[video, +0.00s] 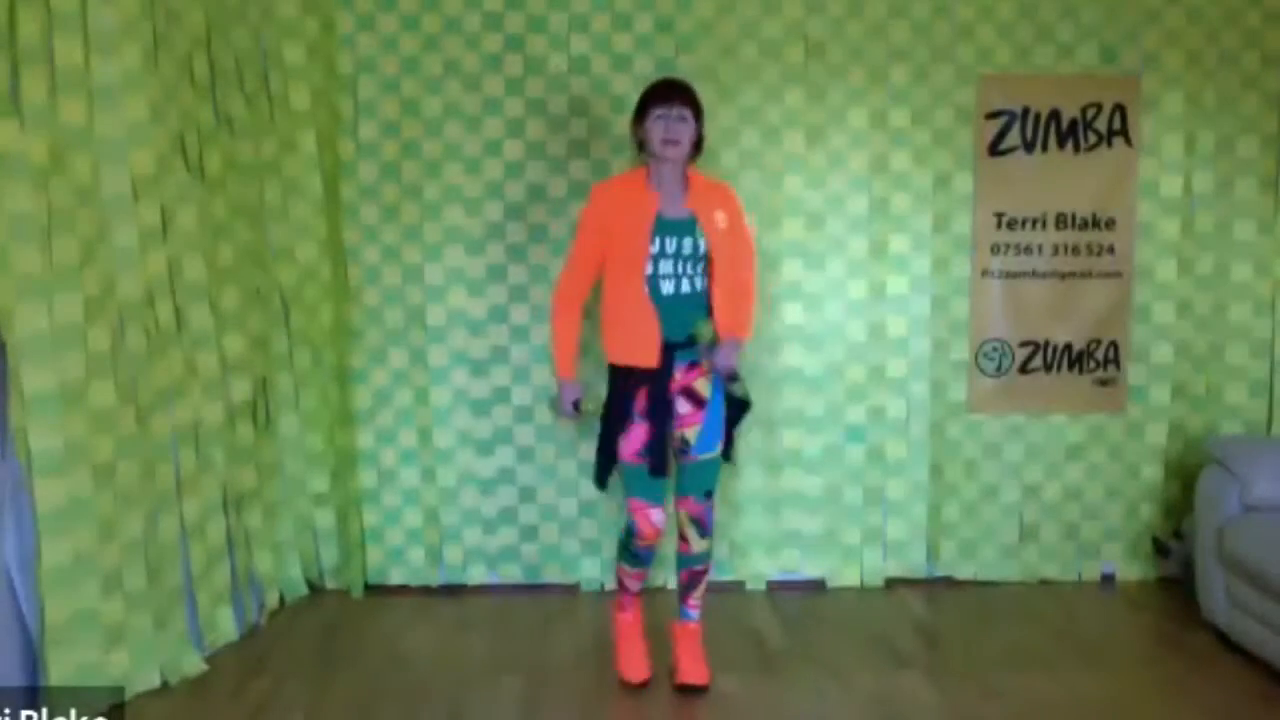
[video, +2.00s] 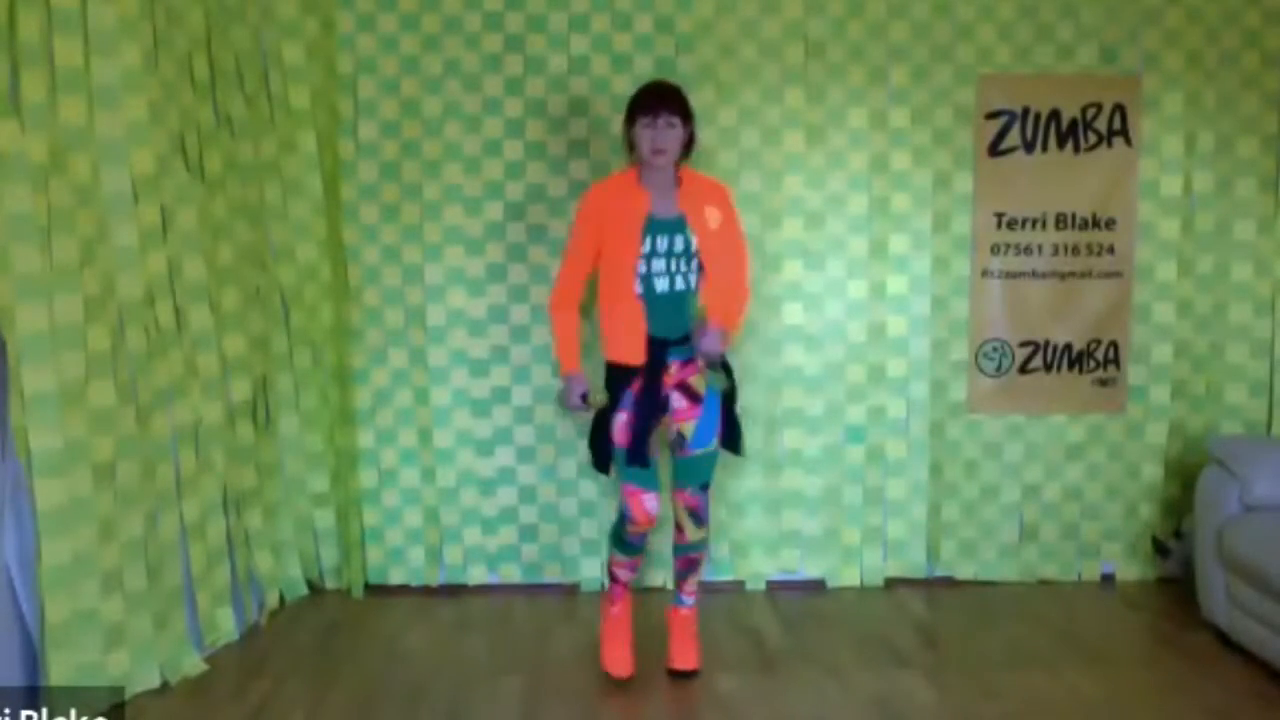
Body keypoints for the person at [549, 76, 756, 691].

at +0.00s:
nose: (670, 130)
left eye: (681, 120)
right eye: (660, 119)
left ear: (698, 133)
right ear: (640, 130)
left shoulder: (719, 200)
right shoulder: (609, 200)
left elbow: (739, 276)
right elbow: (571, 289)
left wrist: (733, 339)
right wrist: (566, 372)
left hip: (703, 369)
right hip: (635, 372)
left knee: (697, 511)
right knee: (645, 518)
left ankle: (690, 628)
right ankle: (628, 616)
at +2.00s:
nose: (659, 135)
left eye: (671, 125)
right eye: (648, 124)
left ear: (687, 136)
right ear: (630, 134)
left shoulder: (710, 197)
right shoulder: (602, 202)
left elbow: (734, 275)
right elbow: (566, 292)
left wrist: (721, 327)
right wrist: (571, 367)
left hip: (698, 365)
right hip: (631, 369)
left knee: (693, 503)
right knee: (639, 509)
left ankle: (685, 616)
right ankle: (617, 609)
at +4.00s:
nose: (630, 135)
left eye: (641, 126)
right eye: (619, 127)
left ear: (660, 138)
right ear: (604, 142)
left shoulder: (692, 186)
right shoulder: (591, 213)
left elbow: (733, 249)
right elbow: (563, 303)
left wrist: (725, 305)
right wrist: (542, 394)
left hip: (689, 364)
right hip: (622, 370)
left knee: (677, 500)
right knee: (607, 501)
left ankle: (649, 615)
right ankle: (597, 625)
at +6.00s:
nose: (464, 229)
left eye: (474, 216)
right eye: (452, 220)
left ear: (496, 224)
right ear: (439, 236)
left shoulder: (540, 260)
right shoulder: (442, 312)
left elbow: (616, 244)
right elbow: (387, 392)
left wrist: (622, 312)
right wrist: (324, 465)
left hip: (577, 439)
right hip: (501, 452)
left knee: (679, 534)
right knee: (401, 535)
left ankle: (661, 635)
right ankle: (405, 643)